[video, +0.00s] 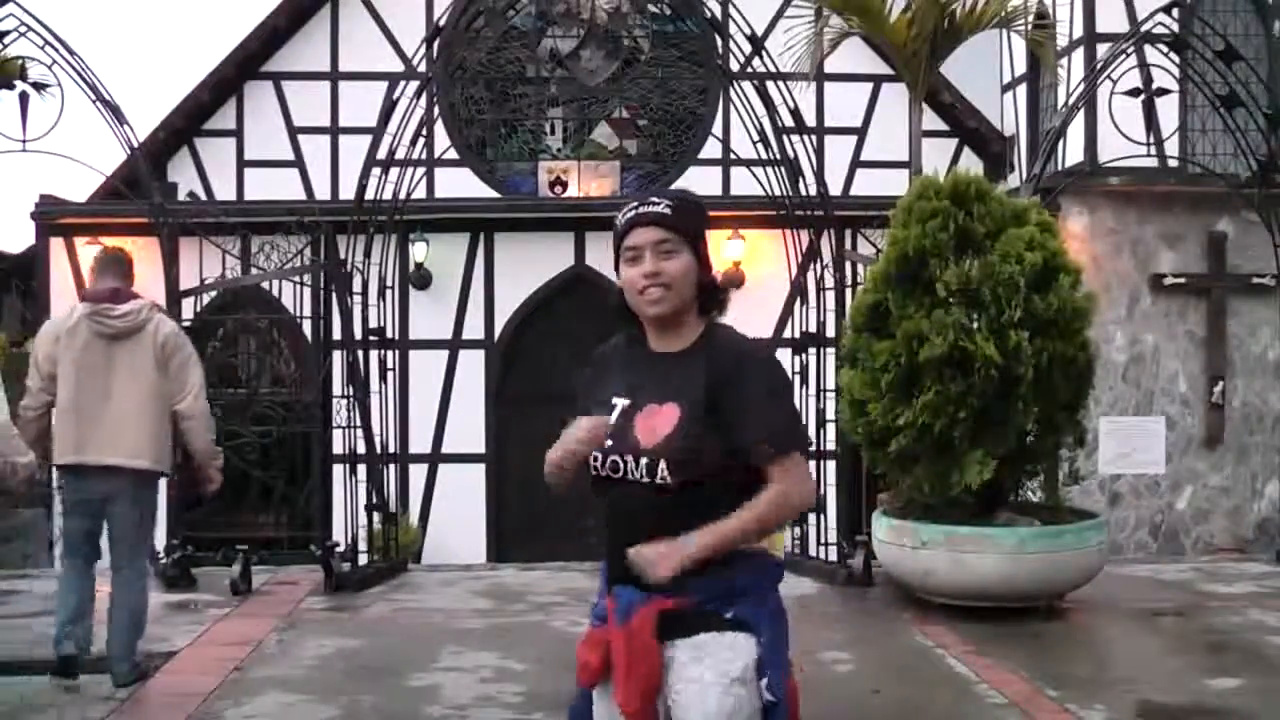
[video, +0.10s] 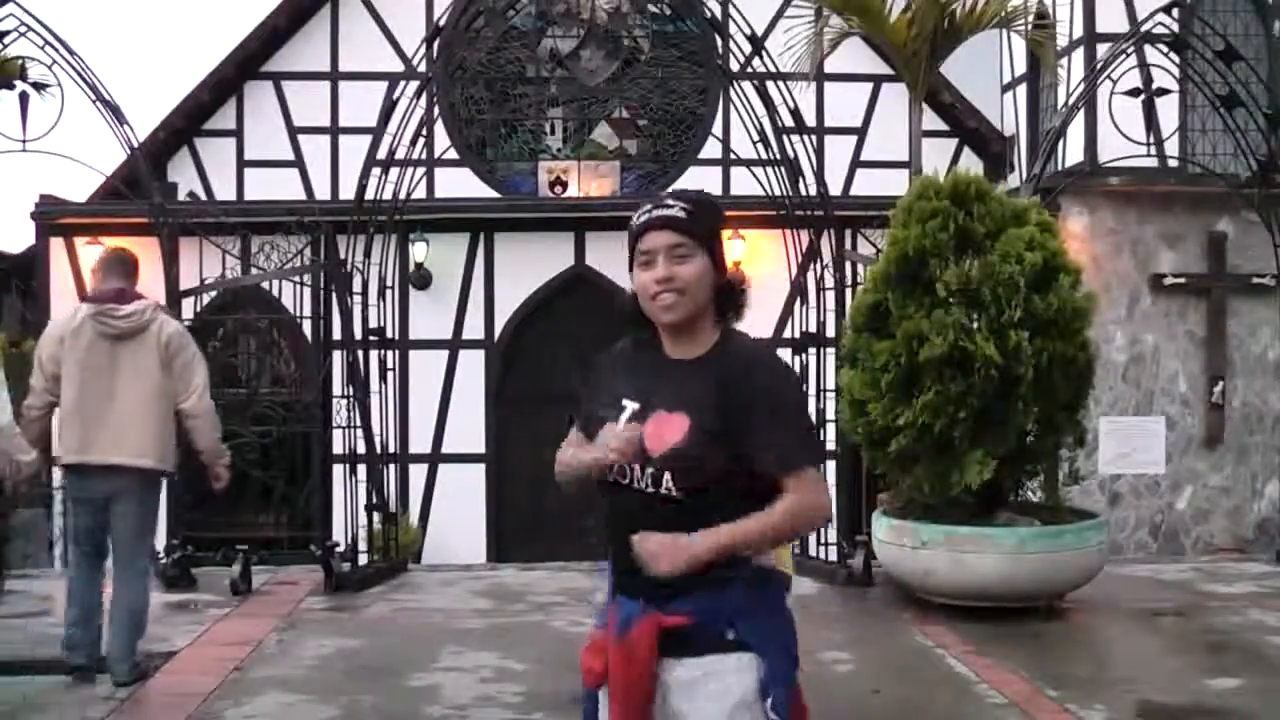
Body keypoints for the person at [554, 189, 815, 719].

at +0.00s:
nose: (648, 270)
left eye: (667, 253)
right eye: (633, 257)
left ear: (701, 266)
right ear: (619, 273)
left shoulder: (745, 364)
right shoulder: (610, 361)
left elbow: (796, 488)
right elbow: (561, 481)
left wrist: (688, 549)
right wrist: (568, 451)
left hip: (728, 606)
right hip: (625, 606)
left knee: (752, 709)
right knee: (592, 711)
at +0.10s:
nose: (661, 275)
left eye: (680, 257)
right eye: (646, 262)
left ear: (717, 268)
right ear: (633, 278)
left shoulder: (757, 370)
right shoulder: (619, 364)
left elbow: (811, 502)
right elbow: (565, 465)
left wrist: (700, 545)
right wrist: (598, 456)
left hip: (732, 616)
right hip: (631, 613)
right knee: (607, 710)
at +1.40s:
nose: (634, 286)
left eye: (653, 269)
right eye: (617, 270)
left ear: (683, 283)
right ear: (598, 285)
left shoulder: (731, 376)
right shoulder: (575, 386)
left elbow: (794, 497)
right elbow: (533, 494)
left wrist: (688, 471)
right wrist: (549, 557)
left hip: (724, 636)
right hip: (612, 636)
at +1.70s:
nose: (620, 261)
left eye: (638, 247)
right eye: (603, 249)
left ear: (665, 264)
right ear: (584, 270)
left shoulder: (718, 350)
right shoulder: (561, 370)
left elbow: (783, 459)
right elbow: (523, 494)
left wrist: (689, 466)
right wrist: (584, 497)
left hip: (718, 601)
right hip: (605, 605)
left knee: (752, 708)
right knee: (590, 708)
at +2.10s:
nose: (683, 265)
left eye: (700, 249)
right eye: (665, 252)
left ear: (727, 265)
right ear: (644, 270)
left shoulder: (774, 356)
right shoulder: (613, 368)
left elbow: (845, 457)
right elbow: (587, 484)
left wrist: (800, 520)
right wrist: (674, 432)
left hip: (760, 601)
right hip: (649, 603)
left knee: (790, 710)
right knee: (642, 709)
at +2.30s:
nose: (752, 274)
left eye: (768, 258)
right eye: (733, 260)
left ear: (788, 271)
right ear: (708, 276)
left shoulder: (810, 360)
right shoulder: (679, 364)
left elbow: (873, 472)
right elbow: (633, 494)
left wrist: (855, 441)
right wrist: (744, 521)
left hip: (794, 604)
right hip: (697, 607)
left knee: (811, 709)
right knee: (704, 706)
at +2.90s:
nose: (799, 291)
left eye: (811, 268)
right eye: (775, 272)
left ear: (828, 274)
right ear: (738, 284)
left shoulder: (818, 365)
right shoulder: (714, 386)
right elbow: (669, 533)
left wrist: (870, 436)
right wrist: (783, 607)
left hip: (811, 634)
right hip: (730, 643)